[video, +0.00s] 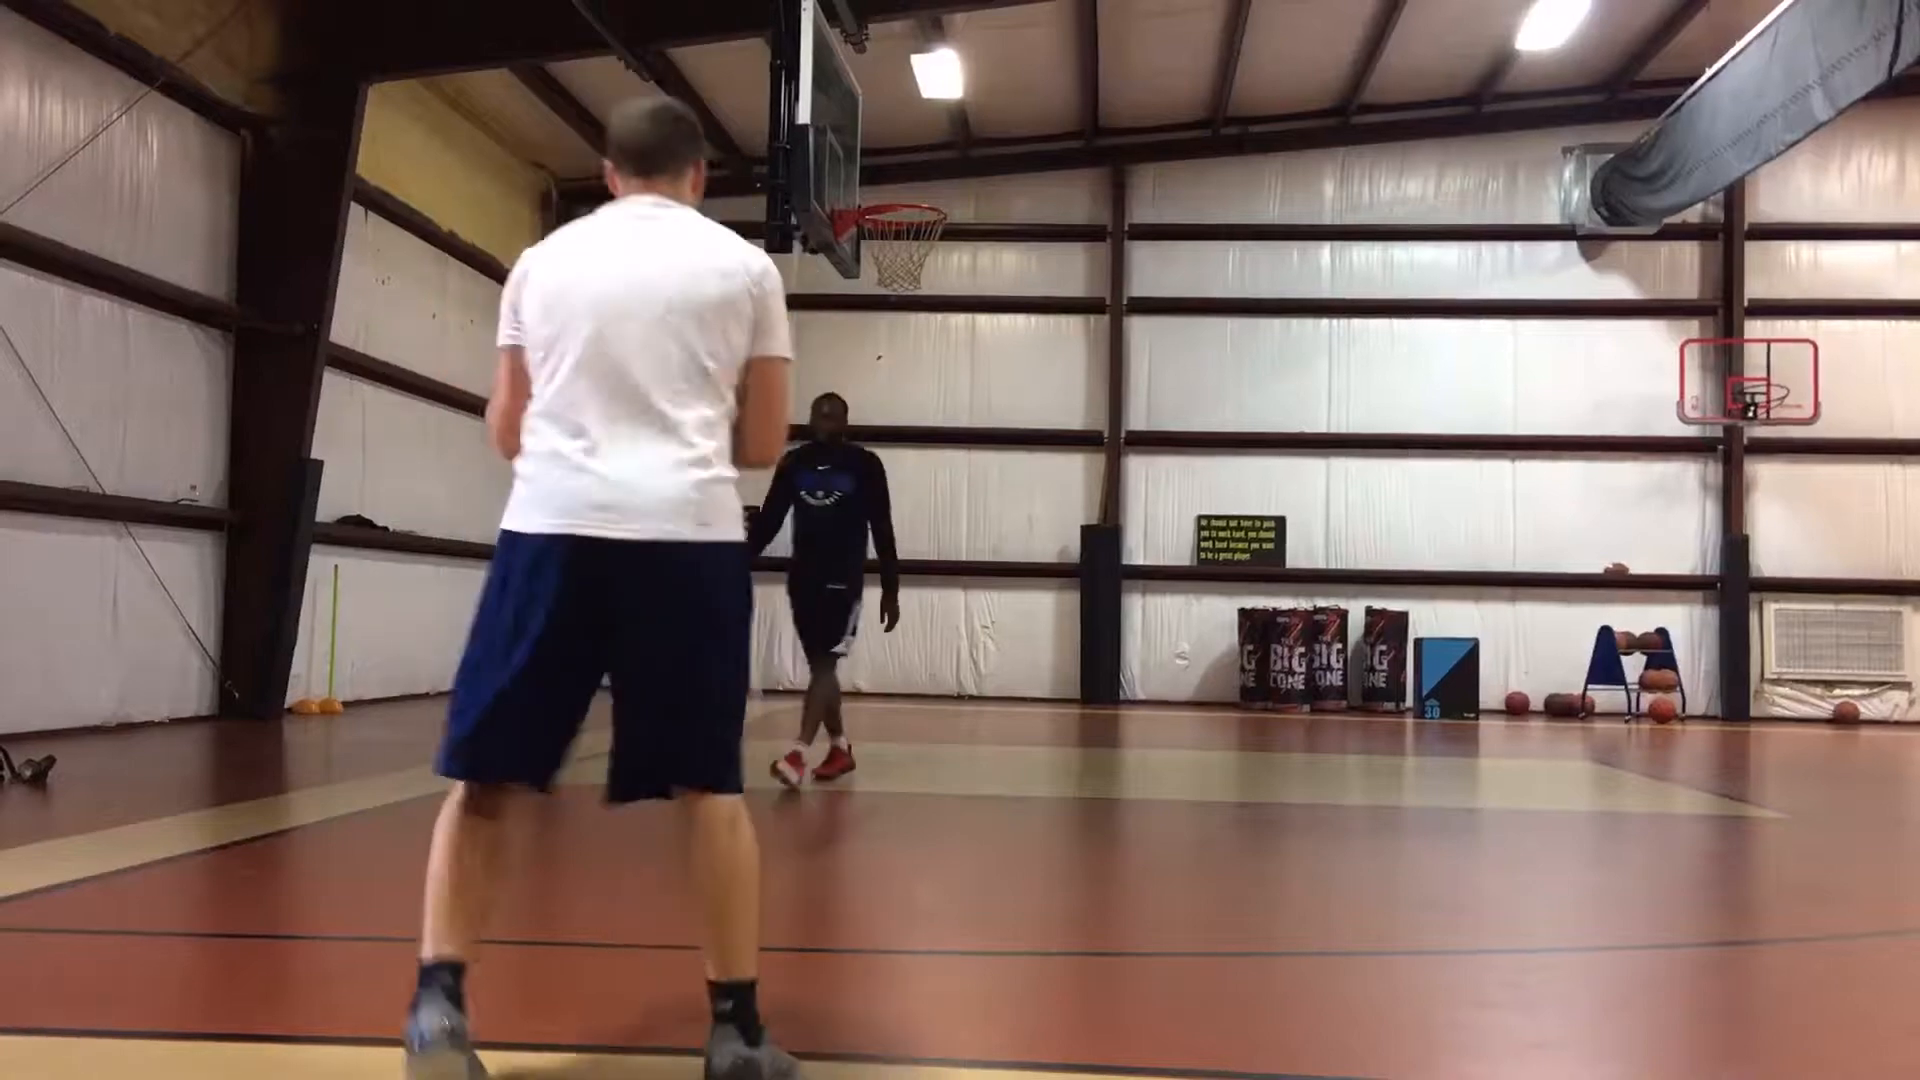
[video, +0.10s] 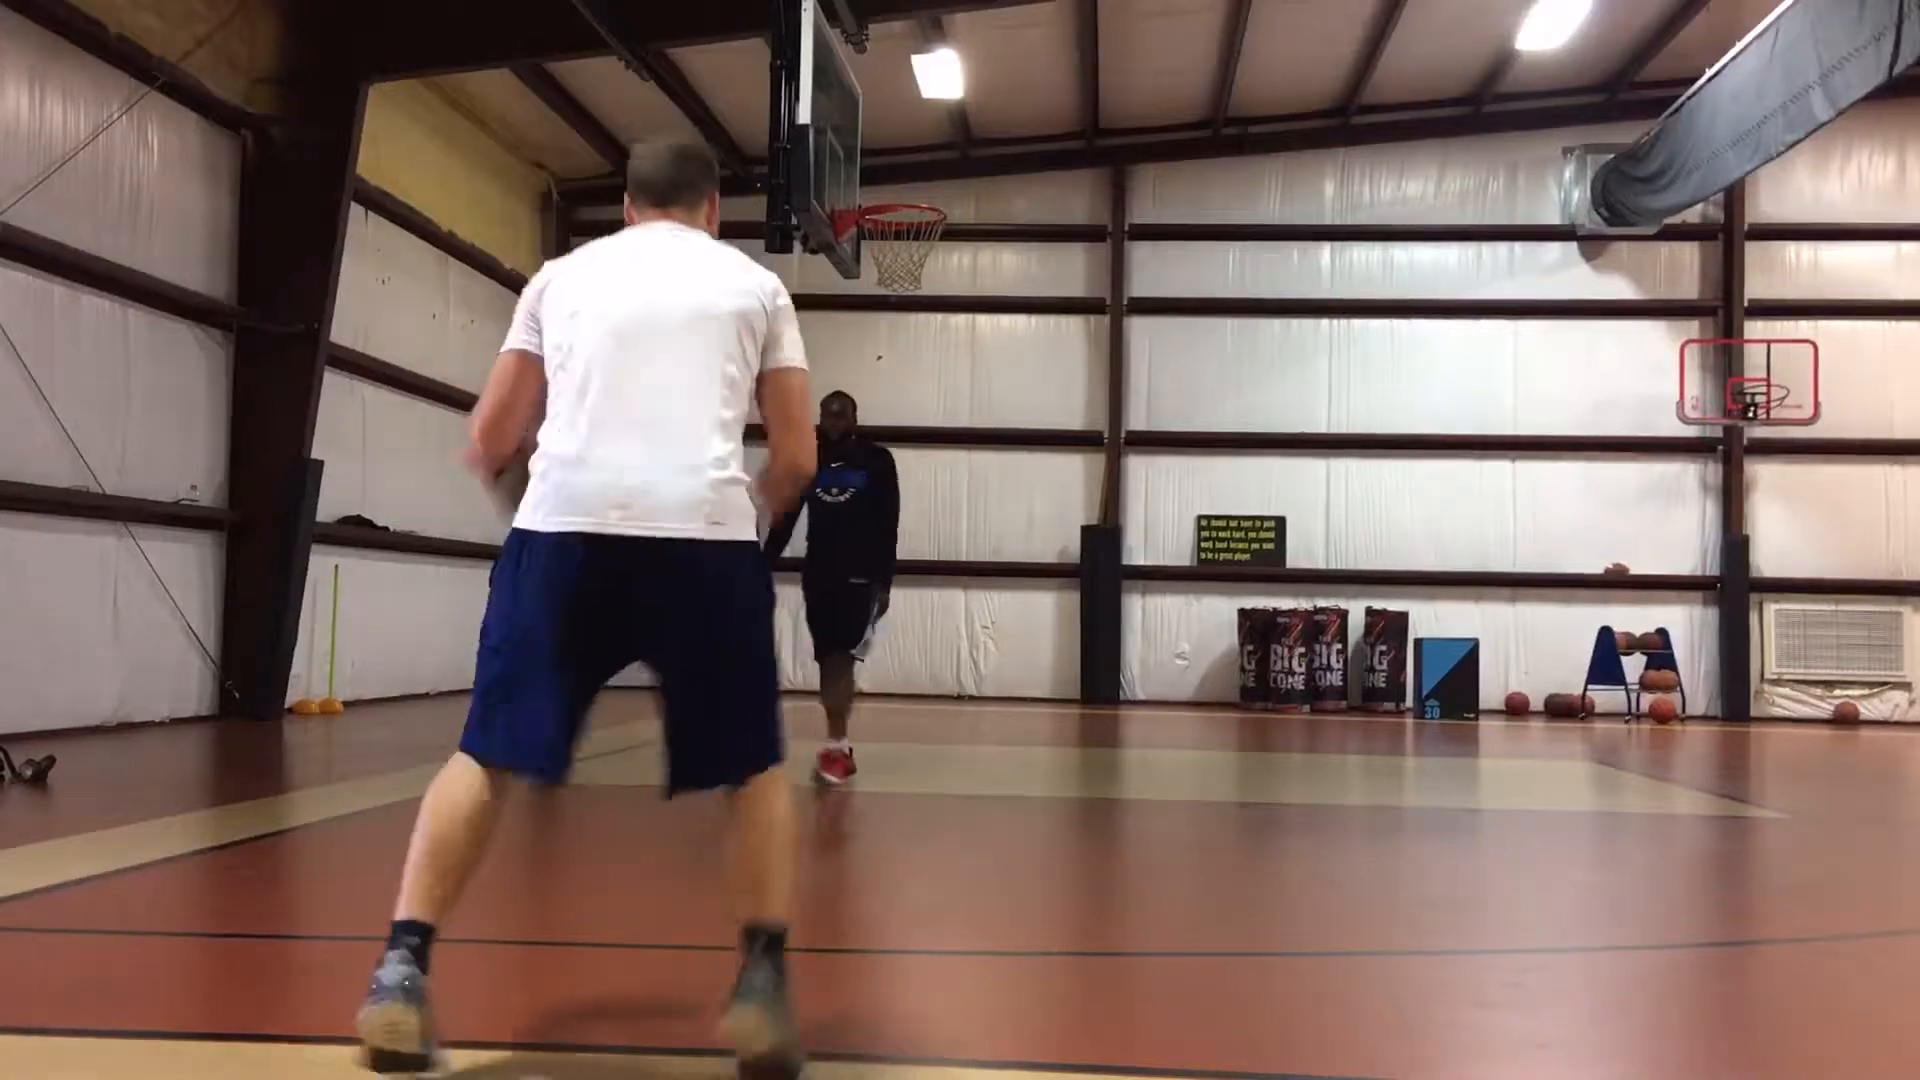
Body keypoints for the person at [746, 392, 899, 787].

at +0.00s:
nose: (825, 423)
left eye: (832, 416)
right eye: (820, 416)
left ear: (846, 422)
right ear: (810, 421)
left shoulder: (866, 465)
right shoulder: (794, 463)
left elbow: (883, 531)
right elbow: (769, 520)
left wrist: (891, 591)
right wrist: (739, 561)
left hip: (844, 574)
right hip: (804, 572)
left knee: (823, 663)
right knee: (819, 663)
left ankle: (800, 752)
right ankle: (840, 748)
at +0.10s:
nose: (831, 421)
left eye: (839, 414)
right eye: (827, 414)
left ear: (854, 419)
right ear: (819, 418)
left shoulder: (877, 460)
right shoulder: (810, 456)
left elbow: (888, 526)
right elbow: (787, 514)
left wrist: (884, 582)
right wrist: (764, 564)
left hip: (860, 573)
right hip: (819, 570)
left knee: (841, 656)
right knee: (827, 658)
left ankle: (837, 744)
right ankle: (838, 746)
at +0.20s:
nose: (847, 421)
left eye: (854, 414)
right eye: (842, 414)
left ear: (867, 417)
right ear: (832, 418)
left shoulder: (889, 456)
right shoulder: (819, 457)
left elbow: (897, 513)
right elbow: (805, 509)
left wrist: (881, 558)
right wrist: (803, 563)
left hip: (870, 565)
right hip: (828, 562)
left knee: (866, 654)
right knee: (834, 654)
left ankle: (874, 736)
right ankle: (840, 747)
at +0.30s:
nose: (857, 425)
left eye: (863, 418)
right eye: (853, 419)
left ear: (879, 421)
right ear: (846, 423)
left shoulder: (902, 459)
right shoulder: (835, 465)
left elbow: (908, 515)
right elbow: (830, 519)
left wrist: (879, 544)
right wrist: (827, 563)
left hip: (885, 576)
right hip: (843, 575)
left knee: (889, 658)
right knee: (839, 662)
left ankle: (912, 725)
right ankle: (837, 746)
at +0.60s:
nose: (913, 436)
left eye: (921, 431)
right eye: (910, 429)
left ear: (936, 437)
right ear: (904, 432)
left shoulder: (947, 473)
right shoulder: (895, 469)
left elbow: (939, 532)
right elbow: (888, 527)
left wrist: (905, 574)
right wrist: (877, 577)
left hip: (931, 585)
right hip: (890, 582)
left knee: (942, 664)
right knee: (877, 659)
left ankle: (947, 744)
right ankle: (867, 744)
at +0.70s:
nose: (933, 439)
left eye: (941, 434)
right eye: (929, 431)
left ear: (954, 438)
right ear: (922, 432)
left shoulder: (963, 478)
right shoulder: (911, 465)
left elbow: (958, 538)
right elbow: (901, 523)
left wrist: (928, 580)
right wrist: (887, 571)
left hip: (941, 583)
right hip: (902, 578)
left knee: (945, 661)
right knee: (886, 653)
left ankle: (948, 744)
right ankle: (907, 736)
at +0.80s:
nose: (946, 440)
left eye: (954, 436)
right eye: (944, 433)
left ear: (965, 443)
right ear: (937, 433)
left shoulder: (975, 485)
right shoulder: (922, 468)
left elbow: (975, 545)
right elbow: (911, 520)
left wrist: (947, 586)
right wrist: (893, 566)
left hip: (950, 585)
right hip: (914, 580)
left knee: (947, 661)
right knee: (903, 659)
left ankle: (947, 741)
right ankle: (947, 717)